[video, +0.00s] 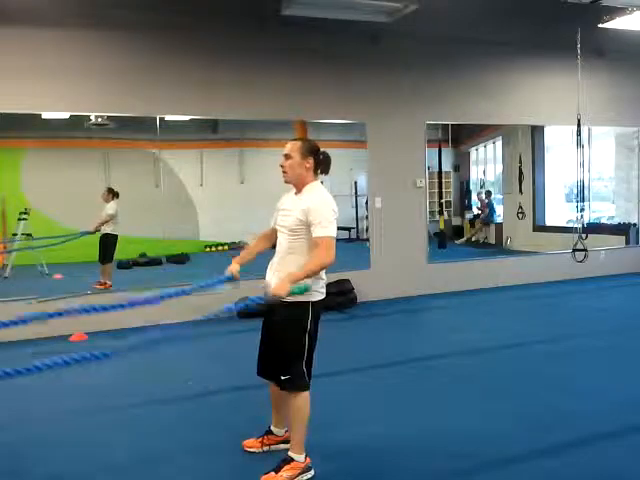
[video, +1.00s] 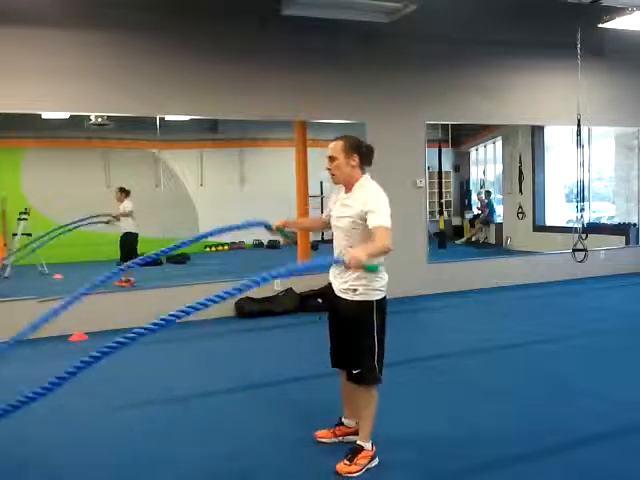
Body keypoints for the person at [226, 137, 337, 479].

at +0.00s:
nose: (282, 164)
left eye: (288, 158)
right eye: (283, 158)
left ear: (309, 164)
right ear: (297, 164)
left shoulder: (320, 201)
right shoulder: (289, 197)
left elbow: (325, 256)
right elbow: (270, 236)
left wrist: (292, 278)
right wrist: (240, 259)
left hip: (304, 300)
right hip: (278, 297)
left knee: (295, 378)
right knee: (274, 370)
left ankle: (299, 458)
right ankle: (279, 431)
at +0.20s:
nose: (286, 165)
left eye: (292, 160)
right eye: (287, 160)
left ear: (312, 167)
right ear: (300, 166)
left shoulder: (323, 203)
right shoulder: (293, 199)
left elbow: (324, 259)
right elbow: (285, 247)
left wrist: (297, 296)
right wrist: (267, 282)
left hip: (310, 301)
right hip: (284, 295)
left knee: (299, 378)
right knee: (274, 367)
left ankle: (300, 458)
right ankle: (281, 431)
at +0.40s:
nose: (297, 164)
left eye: (303, 159)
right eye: (298, 158)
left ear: (323, 166)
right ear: (312, 166)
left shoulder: (333, 200)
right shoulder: (303, 199)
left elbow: (330, 257)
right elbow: (293, 246)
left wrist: (295, 283)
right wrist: (271, 275)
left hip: (325, 298)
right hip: (298, 296)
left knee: (318, 376)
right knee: (288, 370)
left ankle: (350, 443)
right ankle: (281, 433)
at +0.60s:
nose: (313, 164)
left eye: (320, 157)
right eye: (313, 158)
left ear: (341, 164)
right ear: (326, 165)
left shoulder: (352, 203)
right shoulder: (322, 201)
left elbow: (363, 258)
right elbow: (325, 250)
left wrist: (336, 293)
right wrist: (303, 276)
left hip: (347, 303)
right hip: (318, 298)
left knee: (349, 377)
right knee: (303, 367)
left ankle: (363, 447)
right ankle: (286, 429)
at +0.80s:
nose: (329, 161)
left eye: (335, 156)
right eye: (329, 156)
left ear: (356, 159)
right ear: (345, 160)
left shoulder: (368, 191)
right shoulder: (336, 194)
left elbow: (391, 226)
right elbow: (327, 221)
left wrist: (361, 244)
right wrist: (303, 229)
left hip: (359, 298)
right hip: (332, 293)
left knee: (360, 375)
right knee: (330, 364)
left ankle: (365, 446)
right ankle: (337, 421)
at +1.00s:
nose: (328, 166)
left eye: (333, 160)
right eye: (328, 160)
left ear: (354, 162)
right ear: (344, 163)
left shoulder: (372, 194)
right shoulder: (340, 194)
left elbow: (383, 241)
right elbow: (326, 223)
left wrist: (363, 252)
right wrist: (290, 225)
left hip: (366, 296)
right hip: (341, 292)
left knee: (366, 373)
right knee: (346, 366)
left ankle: (366, 446)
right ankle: (349, 424)